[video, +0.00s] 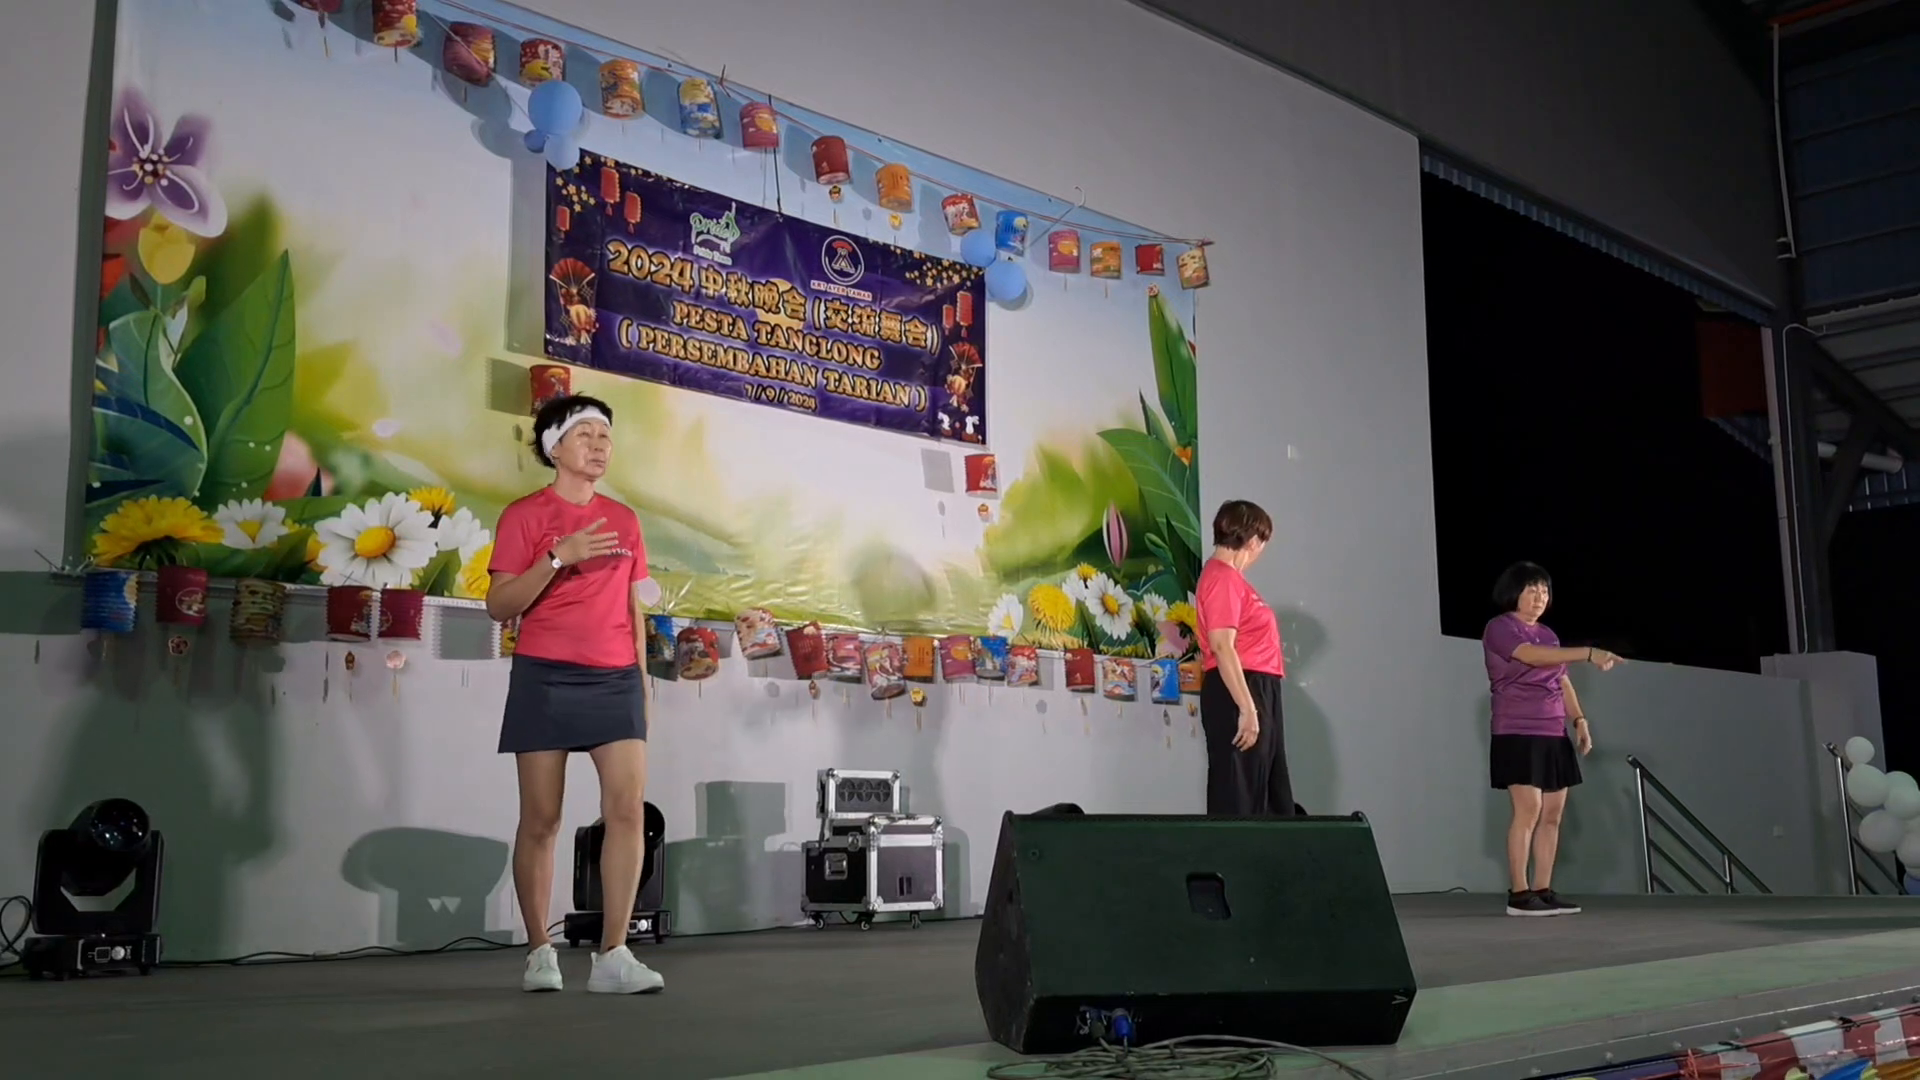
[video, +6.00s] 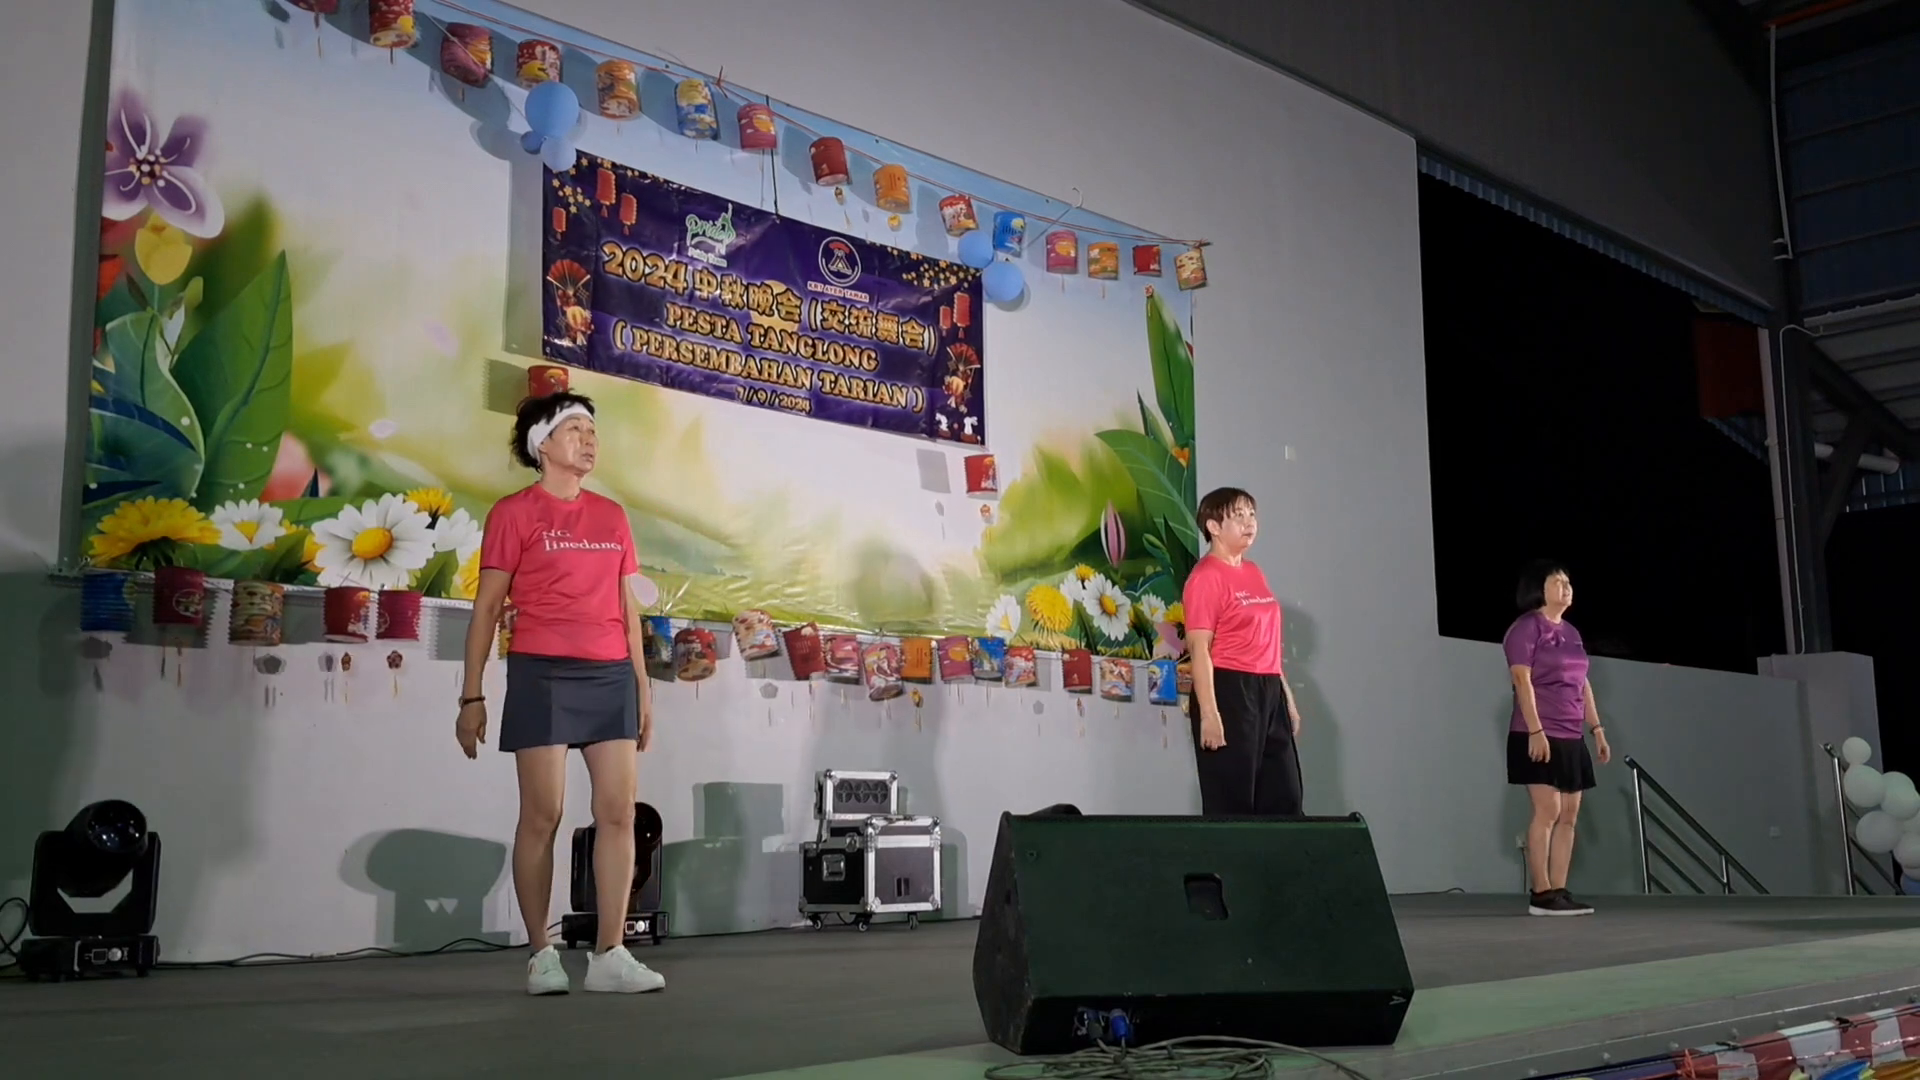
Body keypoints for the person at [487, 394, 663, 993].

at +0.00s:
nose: (600, 445)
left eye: (605, 437)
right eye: (586, 435)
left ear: (611, 449)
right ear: (555, 444)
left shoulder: (622, 518)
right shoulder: (524, 515)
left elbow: (634, 611)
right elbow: (500, 604)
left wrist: (640, 684)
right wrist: (558, 558)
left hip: (615, 678)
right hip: (544, 676)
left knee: (627, 806)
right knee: (541, 819)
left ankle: (613, 953)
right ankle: (541, 948)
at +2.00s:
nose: (589, 453)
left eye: (597, 446)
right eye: (576, 444)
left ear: (606, 461)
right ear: (549, 456)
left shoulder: (623, 530)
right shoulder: (518, 527)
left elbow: (634, 623)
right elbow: (484, 615)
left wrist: (637, 699)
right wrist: (545, 580)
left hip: (610, 680)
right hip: (536, 680)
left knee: (625, 796)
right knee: (543, 818)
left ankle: (618, 943)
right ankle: (543, 947)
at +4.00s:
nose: (654, 437)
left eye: (659, 430)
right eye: (641, 428)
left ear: (665, 447)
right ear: (611, 442)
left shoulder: (682, 519)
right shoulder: (580, 510)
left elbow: (696, 606)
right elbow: (547, 598)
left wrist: (718, 643)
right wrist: (528, 679)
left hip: (666, 673)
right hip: (597, 668)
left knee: (655, 810)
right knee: (604, 804)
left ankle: (625, 947)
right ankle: (590, 951)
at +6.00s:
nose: (588, 439)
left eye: (591, 432)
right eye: (575, 430)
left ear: (594, 446)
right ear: (541, 442)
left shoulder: (611, 516)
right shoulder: (514, 512)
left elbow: (630, 613)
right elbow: (487, 608)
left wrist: (643, 690)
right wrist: (472, 695)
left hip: (613, 677)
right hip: (540, 677)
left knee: (619, 812)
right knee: (543, 814)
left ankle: (610, 952)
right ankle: (542, 950)